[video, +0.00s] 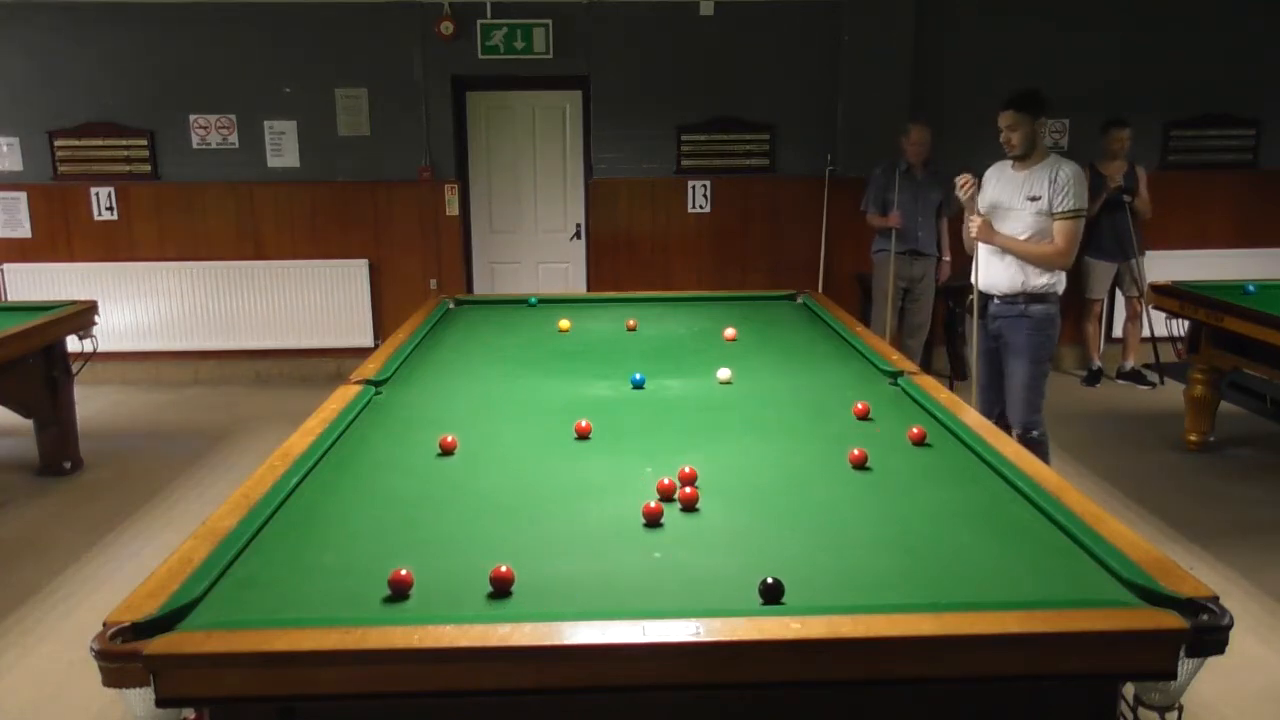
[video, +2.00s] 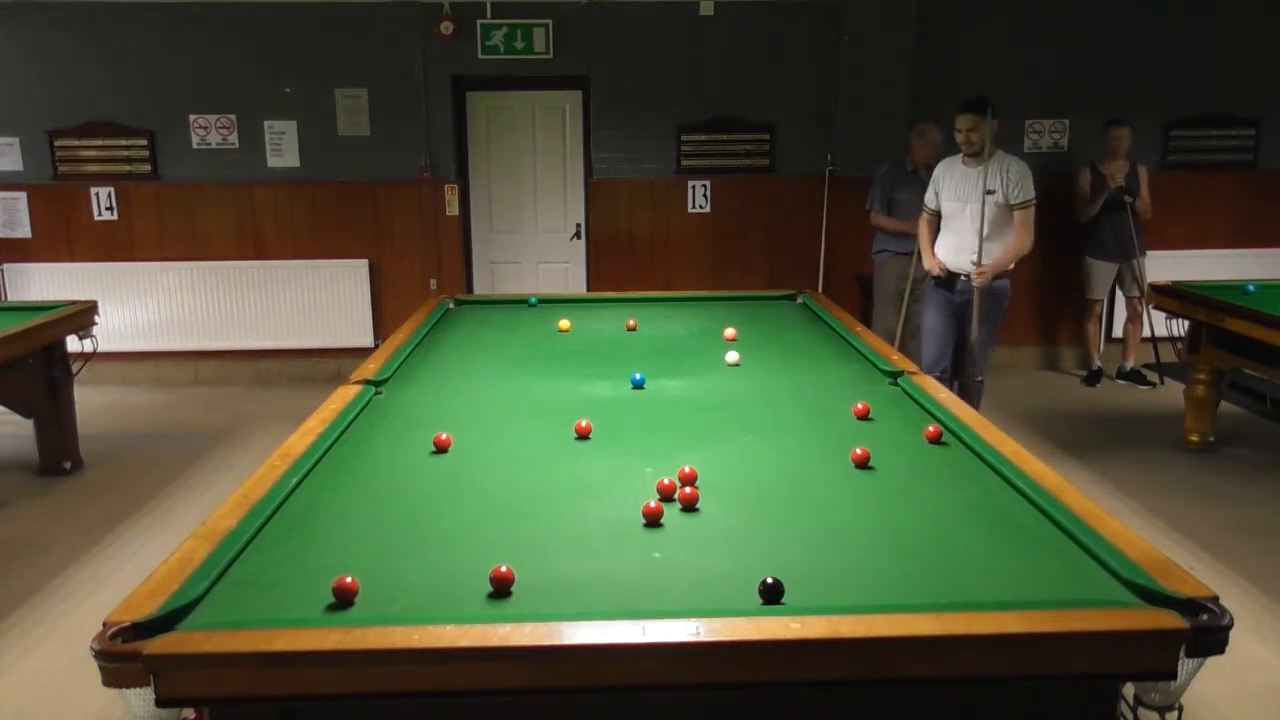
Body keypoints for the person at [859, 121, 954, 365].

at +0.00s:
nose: (919, 149)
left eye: (923, 144)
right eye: (914, 144)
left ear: (930, 146)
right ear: (903, 144)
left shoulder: (936, 178)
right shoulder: (885, 174)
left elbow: (942, 219)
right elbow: (871, 217)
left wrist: (945, 257)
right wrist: (886, 222)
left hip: (926, 259)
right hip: (890, 257)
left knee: (917, 329)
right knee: (884, 325)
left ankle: (908, 384)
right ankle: (878, 380)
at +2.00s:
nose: (935, 153)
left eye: (938, 148)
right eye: (931, 147)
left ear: (940, 148)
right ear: (915, 144)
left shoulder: (937, 178)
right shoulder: (891, 173)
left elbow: (944, 217)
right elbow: (875, 217)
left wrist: (932, 231)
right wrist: (913, 227)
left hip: (926, 259)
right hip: (893, 258)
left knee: (917, 328)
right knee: (887, 327)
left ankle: (913, 385)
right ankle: (879, 383)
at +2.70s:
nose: (917, 152)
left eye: (922, 147)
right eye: (913, 146)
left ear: (928, 149)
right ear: (904, 147)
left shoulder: (935, 179)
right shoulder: (888, 175)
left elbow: (944, 218)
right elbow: (865, 213)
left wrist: (932, 248)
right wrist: (877, 248)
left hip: (923, 261)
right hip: (889, 260)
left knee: (915, 330)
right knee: (883, 326)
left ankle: (912, 385)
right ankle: (879, 381)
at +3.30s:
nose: (880, 152)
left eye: (885, 147)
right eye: (876, 147)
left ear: (893, 148)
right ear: (868, 148)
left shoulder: (903, 176)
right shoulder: (856, 175)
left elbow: (915, 218)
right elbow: (838, 216)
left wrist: (908, 248)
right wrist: (846, 258)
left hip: (897, 259)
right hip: (864, 259)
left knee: (897, 322)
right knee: (865, 323)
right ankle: (862, 373)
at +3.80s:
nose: (844, 168)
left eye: (850, 163)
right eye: (839, 163)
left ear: (862, 157)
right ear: (834, 160)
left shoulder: (884, 178)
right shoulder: (835, 181)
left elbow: (904, 214)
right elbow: (826, 223)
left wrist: (881, 239)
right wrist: (819, 261)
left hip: (878, 257)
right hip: (847, 259)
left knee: (877, 317)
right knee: (850, 315)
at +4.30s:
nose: (806, 172)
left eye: (811, 166)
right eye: (803, 167)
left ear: (826, 159)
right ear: (800, 163)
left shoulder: (854, 179)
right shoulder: (811, 181)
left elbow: (873, 224)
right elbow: (813, 223)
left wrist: (839, 249)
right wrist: (807, 256)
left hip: (850, 268)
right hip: (821, 266)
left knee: (849, 328)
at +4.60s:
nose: (768, 173)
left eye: (772, 167)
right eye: (765, 168)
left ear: (788, 160)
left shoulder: (818, 179)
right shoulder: (782, 186)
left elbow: (837, 226)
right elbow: (794, 232)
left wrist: (809, 262)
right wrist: (787, 264)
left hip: (826, 268)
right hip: (799, 267)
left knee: (829, 329)